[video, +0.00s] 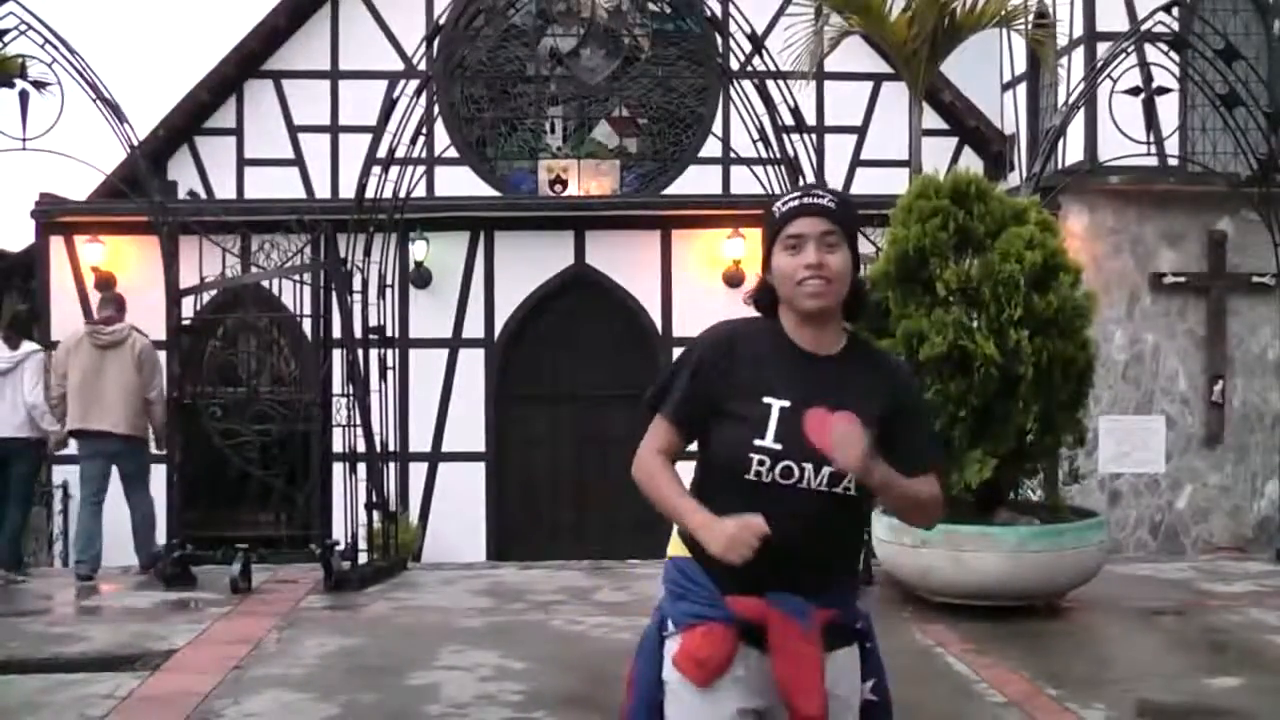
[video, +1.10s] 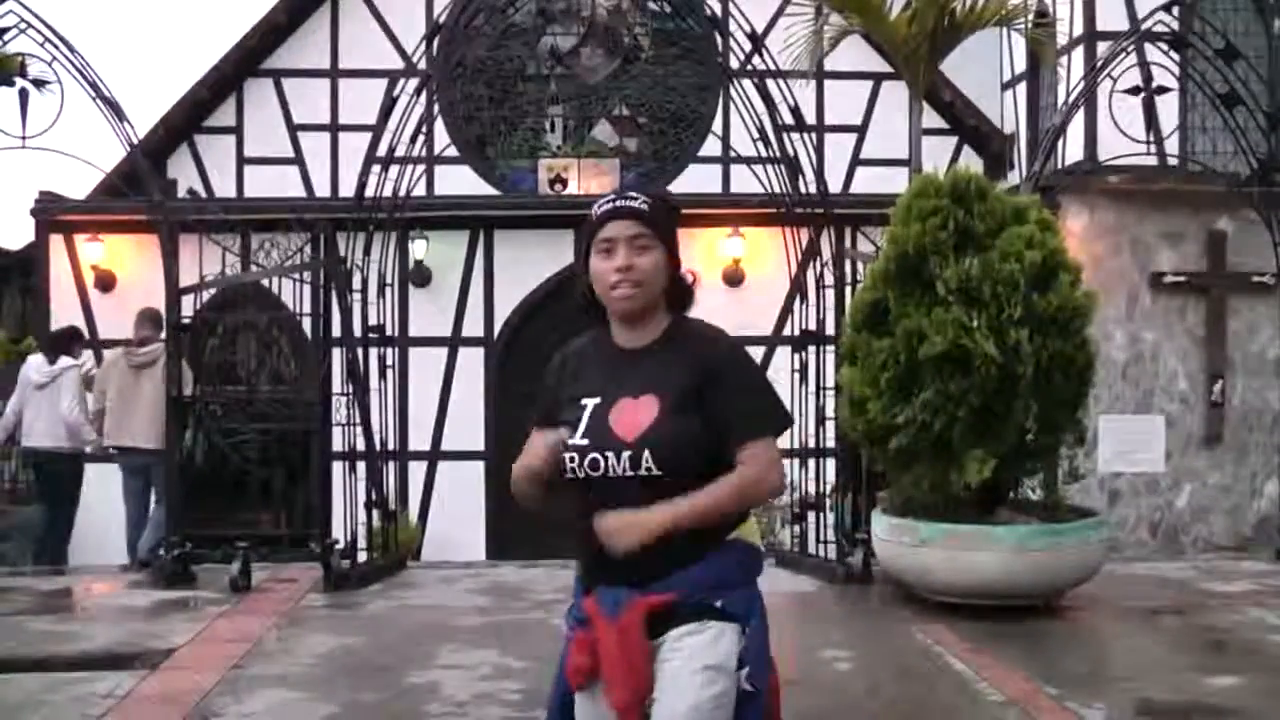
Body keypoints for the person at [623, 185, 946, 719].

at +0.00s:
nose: (814, 261)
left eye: (830, 245)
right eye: (794, 247)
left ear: (853, 264)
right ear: (769, 269)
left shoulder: (886, 379)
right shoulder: (723, 350)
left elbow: (929, 508)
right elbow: (648, 459)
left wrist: (873, 470)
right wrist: (708, 527)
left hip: (826, 610)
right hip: (711, 605)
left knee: (856, 707)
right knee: (694, 707)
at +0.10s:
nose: (796, 263)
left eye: (814, 247)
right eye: (778, 248)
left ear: (838, 267)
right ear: (753, 268)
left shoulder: (874, 377)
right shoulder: (708, 350)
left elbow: (928, 493)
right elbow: (638, 459)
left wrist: (846, 530)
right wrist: (702, 464)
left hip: (813, 608)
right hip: (700, 604)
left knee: (830, 708)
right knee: (682, 707)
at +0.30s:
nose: (760, 259)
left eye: (777, 244)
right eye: (742, 245)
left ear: (801, 260)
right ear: (719, 263)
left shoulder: (836, 363)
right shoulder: (681, 346)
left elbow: (910, 475)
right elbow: (613, 461)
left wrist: (832, 475)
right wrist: (693, 445)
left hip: (793, 602)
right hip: (676, 600)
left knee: (827, 707)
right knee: (632, 709)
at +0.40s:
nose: (725, 262)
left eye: (742, 247)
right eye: (707, 248)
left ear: (764, 266)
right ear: (682, 271)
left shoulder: (803, 363)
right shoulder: (640, 357)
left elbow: (868, 475)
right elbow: (585, 470)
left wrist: (795, 435)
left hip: (768, 608)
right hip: (653, 608)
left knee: (794, 708)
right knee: (632, 708)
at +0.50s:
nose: (697, 265)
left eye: (713, 249)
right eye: (679, 252)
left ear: (737, 266)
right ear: (656, 271)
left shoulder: (781, 362)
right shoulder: (620, 359)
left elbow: (833, 479)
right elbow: (562, 471)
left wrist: (758, 452)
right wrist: (608, 523)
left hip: (750, 615)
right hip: (635, 614)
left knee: (775, 708)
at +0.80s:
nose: (634, 265)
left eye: (650, 248)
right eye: (617, 251)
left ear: (677, 262)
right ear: (598, 268)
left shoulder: (731, 353)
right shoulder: (575, 361)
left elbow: (790, 459)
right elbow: (533, 476)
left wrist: (688, 452)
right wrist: (569, 467)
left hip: (714, 595)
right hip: (606, 598)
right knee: (592, 709)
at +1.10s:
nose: (622, 264)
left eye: (641, 247)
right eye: (606, 250)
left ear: (671, 262)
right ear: (588, 268)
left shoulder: (714, 354)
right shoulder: (572, 362)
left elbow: (764, 473)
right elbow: (532, 498)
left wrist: (656, 518)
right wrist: (531, 468)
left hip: (698, 602)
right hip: (602, 602)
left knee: (684, 711)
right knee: (593, 711)